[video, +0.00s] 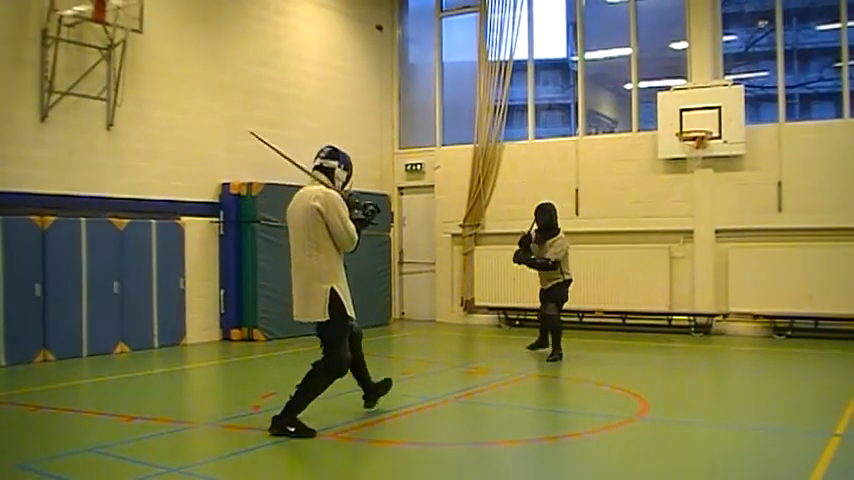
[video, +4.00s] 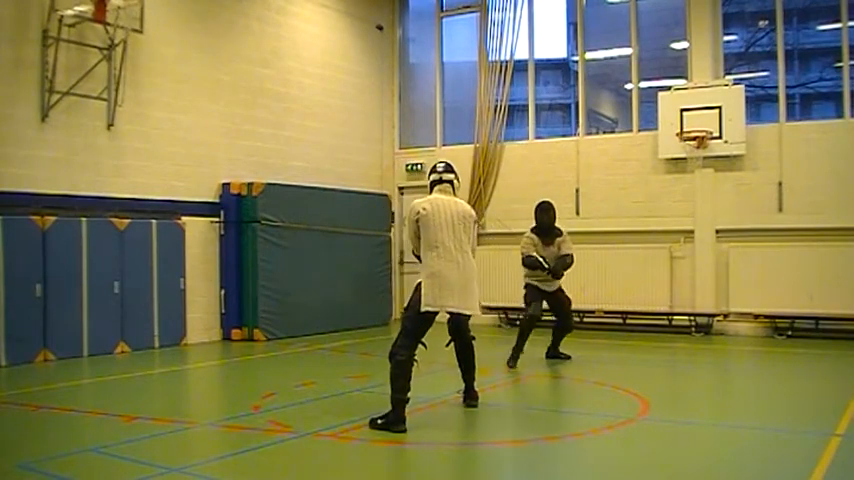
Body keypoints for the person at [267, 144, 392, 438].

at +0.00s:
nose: (346, 182)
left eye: (347, 177)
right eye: (346, 175)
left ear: (316, 169)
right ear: (337, 172)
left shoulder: (298, 198)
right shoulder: (328, 197)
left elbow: (318, 240)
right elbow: (348, 242)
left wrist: (346, 214)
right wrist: (358, 222)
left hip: (309, 289)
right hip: (328, 290)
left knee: (352, 336)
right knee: (337, 361)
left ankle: (369, 388)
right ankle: (286, 418)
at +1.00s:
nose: (403, 179)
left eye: (403, 174)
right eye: (402, 174)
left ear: (374, 172)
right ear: (395, 173)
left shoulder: (356, 202)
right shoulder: (394, 197)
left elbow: (372, 236)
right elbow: (413, 239)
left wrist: (407, 214)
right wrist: (420, 219)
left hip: (360, 287)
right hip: (385, 286)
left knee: (384, 340)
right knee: (400, 352)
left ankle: (378, 394)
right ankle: (367, 415)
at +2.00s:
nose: (429, 186)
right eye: (429, 181)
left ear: (402, 183)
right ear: (427, 183)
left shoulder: (387, 209)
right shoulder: (438, 208)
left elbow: (377, 250)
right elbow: (447, 254)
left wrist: (401, 258)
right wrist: (425, 258)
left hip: (399, 294)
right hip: (430, 294)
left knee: (411, 341)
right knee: (438, 355)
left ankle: (418, 392)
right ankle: (406, 386)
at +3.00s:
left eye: (419, 184)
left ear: (418, 185)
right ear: (443, 186)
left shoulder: (404, 207)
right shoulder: (456, 213)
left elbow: (399, 252)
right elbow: (457, 253)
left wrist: (415, 275)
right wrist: (437, 275)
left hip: (413, 289)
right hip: (448, 291)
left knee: (384, 352)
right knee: (455, 340)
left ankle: (394, 414)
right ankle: (470, 392)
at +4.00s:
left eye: (434, 181)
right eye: (451, 182)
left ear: (430, 182)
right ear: (455, 183)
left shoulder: (419, 206)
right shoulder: (468, 211)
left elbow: (416, 248)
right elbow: (472, 247)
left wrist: (435, 264)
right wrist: (452, 263)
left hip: (432, 285)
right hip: (463, 285)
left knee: (403, 347)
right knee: (462, 334)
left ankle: (397, 414)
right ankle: (470, 392)